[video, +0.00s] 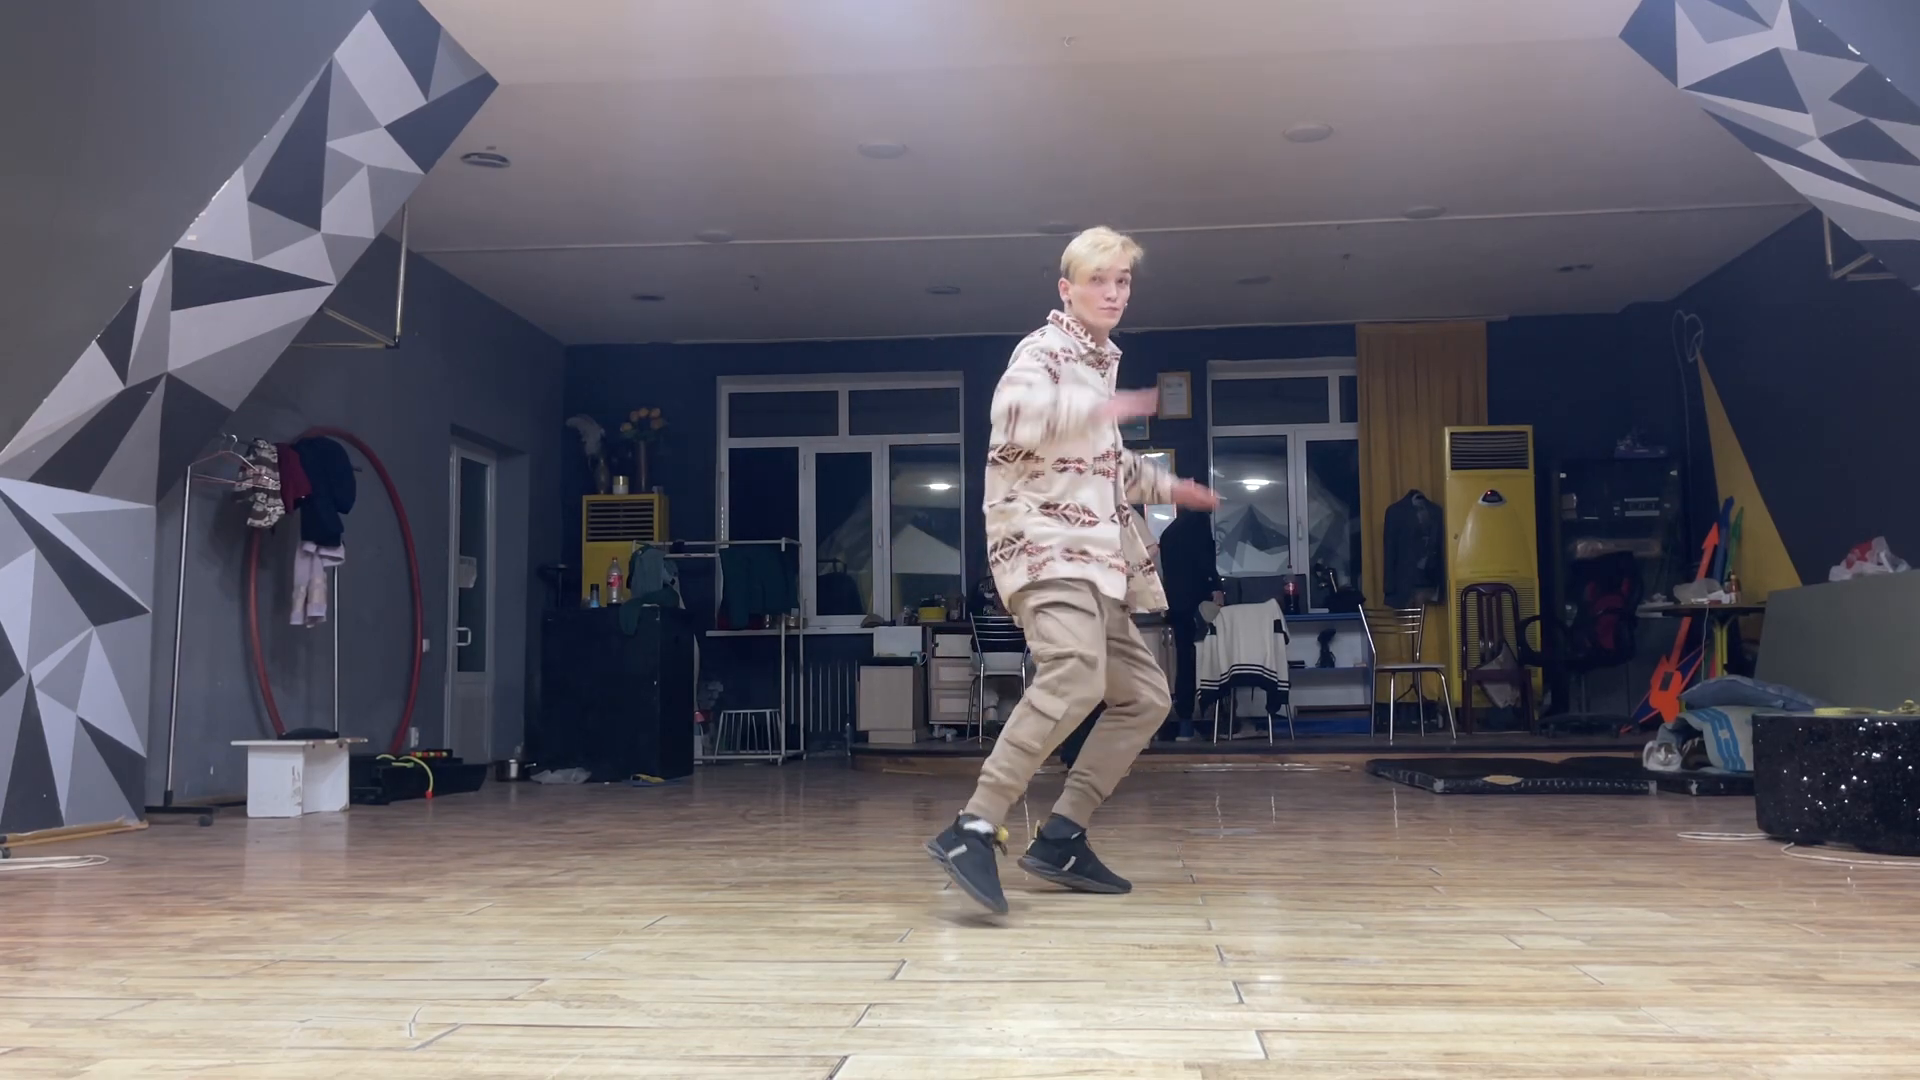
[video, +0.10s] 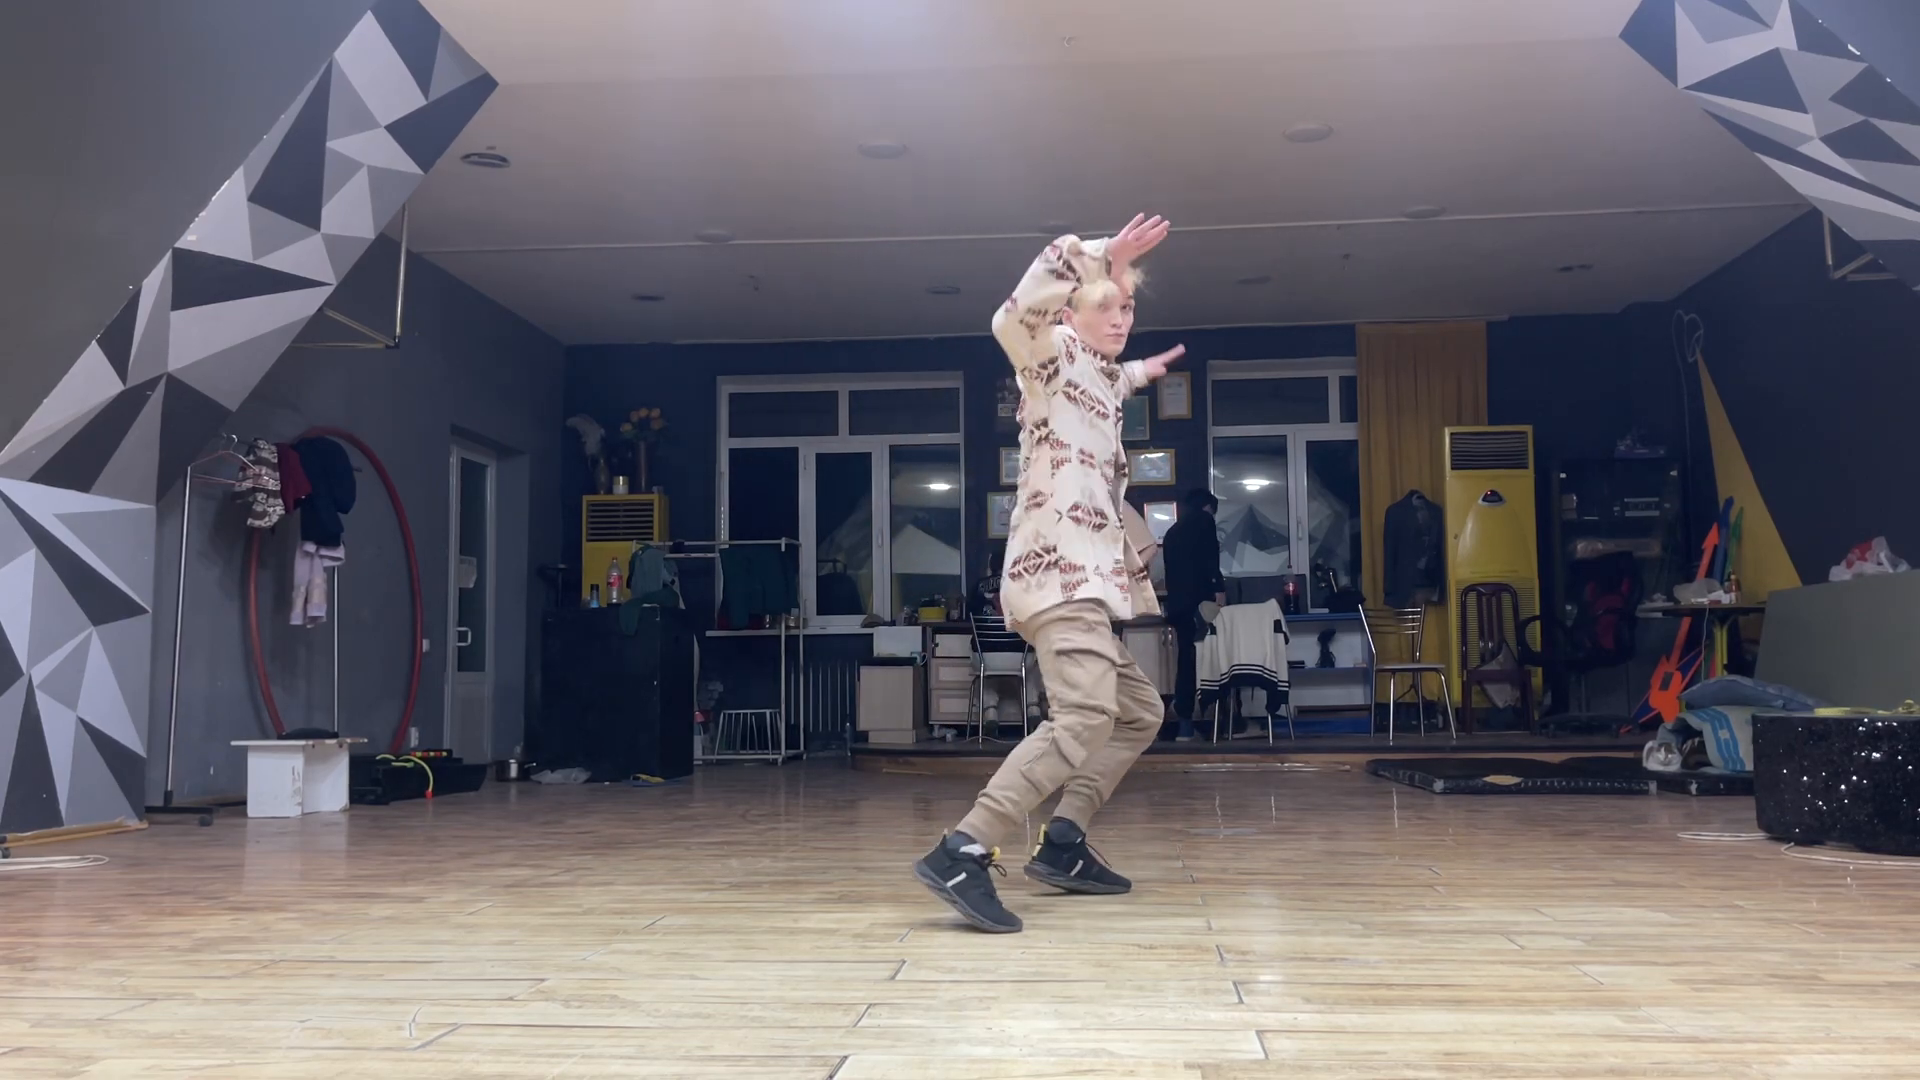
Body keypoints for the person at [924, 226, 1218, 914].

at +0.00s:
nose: (1114, 291)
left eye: (1123, 281)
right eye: (1100, 279)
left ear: (1130, 290)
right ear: (1067, 287)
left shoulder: (1100, 371)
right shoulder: (1041, 351)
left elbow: (1109, 469)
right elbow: (1017, 417)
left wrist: (1170, 486)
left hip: (1096, 560)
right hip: (1044, 549)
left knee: (1144, 698)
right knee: (1076, 676)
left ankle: (1061, 839)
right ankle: (973, 831)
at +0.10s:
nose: (1123, 316)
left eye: (1129, 304)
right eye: (1109, 304)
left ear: (1132, 307)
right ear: (1067, 309)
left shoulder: (1103, 375)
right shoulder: (1050, 357)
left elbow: (1116, 378)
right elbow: (1020, 316)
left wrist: (1151, 367)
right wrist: (1095, 253)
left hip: (1085, 580)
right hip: (1054, 573)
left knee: (1139, 711)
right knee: (1085, 716)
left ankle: (1063, 841)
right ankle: (962, 853)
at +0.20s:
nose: (1134, 345)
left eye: (1138, 334)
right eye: (1127, 331)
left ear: (1124, 337)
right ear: (1093, 325)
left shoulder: (1113, 389)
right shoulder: (1050, 375)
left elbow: (1143, 394)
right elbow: (1016, 348)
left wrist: (1182, 385)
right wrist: (1111, 320)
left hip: (1084, 585)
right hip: (1054, 575)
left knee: (1151, 717)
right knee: (1076, 729)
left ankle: (1062, 843)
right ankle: (950, 864)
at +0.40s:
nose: (1101, 266)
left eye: (1114, 254)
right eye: (1088, 255)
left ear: (1133, 264)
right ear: (1068, 267)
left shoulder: (1170, 347)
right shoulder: (1032, 348)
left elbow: (1165, 447)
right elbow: (996, 428)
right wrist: (1022, 462)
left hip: (1130, 534)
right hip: (1045, 523)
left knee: (1127, 689)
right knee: (1056, 629)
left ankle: (1054, 832)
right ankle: (1006, 800)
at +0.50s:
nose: (1088, 267)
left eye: (1102, 255)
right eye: (1077, 258)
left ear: (1130, 265)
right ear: (1067, 269)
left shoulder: (1156, 317)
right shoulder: (1054, 341)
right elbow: (1005, 420)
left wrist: (1057, 336)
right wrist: (1023, 394)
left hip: (1133, 529)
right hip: (1059, 526)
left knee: (1085, 672)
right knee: (1013, 658)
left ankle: (1120, 832)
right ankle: (1083, 749)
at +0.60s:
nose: (1085, 294)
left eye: (1099, 281)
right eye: (1075, 287)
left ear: (1131, 286)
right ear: (1066, 297)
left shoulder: (1144, 326)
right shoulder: (1083, 355)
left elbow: (1068, 312)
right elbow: (1062, 422)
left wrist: (1057, 315)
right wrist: (1049, 390)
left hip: (1136, 535)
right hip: (1101, 540)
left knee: (1065, 699)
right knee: (1069, 696)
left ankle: (1173, 847)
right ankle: (1142, 823)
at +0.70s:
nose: (1076, 316)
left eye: (1091, 303)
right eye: (1071, 306)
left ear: (1127, 313)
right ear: (1068, 310)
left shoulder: (1113, 358)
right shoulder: (1148, 364)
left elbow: (1039, 350)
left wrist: (1046, 375)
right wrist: (1064, 388)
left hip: (1137, 567)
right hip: (1174, 567)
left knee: (1067, 716)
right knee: (1140, 726)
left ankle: (1166, 846)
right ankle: (1197, 841)